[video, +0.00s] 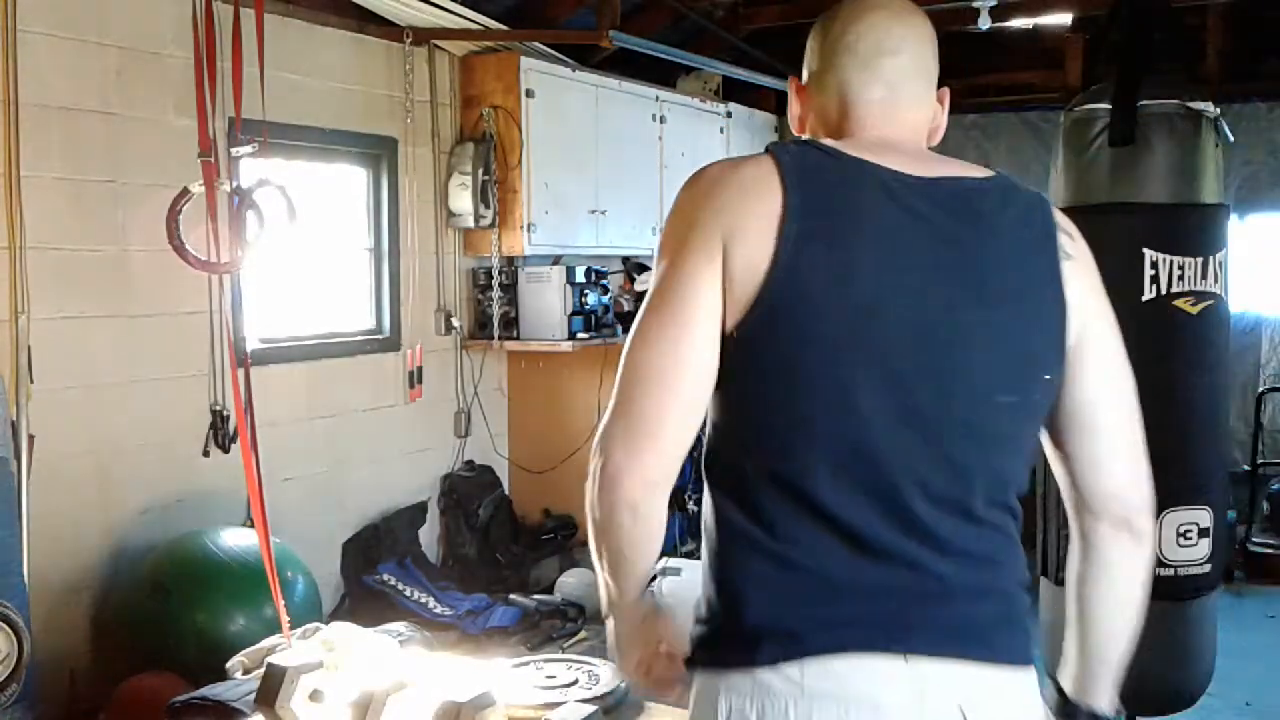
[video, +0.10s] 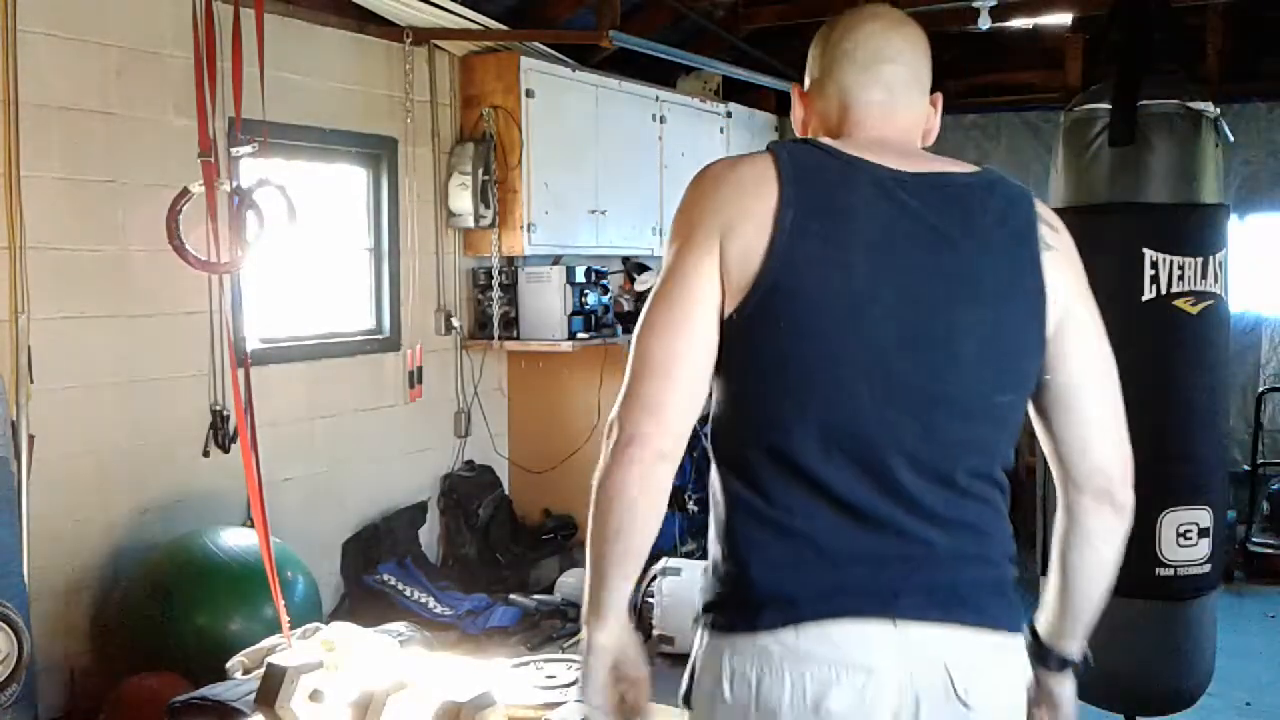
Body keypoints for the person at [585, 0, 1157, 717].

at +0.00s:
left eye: (786, 106)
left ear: (801, 105)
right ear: (940, 116)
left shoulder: (736, 194)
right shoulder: (1049, 234)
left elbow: (630, 470)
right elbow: (1121, 513)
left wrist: (629, 607)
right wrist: (1086, 697)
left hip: (785, 670)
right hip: (987, 673)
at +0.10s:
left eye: (792, 106)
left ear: (801, 111)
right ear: (934, 115)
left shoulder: (737, 189)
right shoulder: (1032, 226)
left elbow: (645, 441)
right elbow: (1103, 485)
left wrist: (608, 624)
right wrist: (1058, 658)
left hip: (785, 639)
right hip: (977, 648)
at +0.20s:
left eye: (792, 109)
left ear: (801, 113)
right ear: (925, 117)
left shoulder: (737, 188)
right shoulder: (1022, 217)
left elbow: (649, 417)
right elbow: (1088, 460)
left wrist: (600, 605)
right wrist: (1035, 601)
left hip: (779, 617)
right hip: (963, 628)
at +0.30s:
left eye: (794, 115)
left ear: (801, 118)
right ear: (918, 122)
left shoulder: (739, 192)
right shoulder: (1009, 212)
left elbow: (652, 405)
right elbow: (1073, 445)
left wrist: (614, 582)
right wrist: (1013, 559)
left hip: (775, 587)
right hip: (946, 598)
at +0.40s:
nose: (794, 137)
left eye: (793, 126)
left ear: (800, 131)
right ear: (911, 134)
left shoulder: (739, 203)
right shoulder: (993, 219)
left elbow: (663, 407)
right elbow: (1055, 439)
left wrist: (636, 577)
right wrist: (993, 540)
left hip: (775, 584)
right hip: (937, 591)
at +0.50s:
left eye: (788, 143)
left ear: (795, 149)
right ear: (899, 150)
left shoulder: (738, 218)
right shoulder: (976, 230)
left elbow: (672, 415)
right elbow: (1037, 436)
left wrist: (657, 569)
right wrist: (986, 545)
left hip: (778, 570)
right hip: (930, 576)